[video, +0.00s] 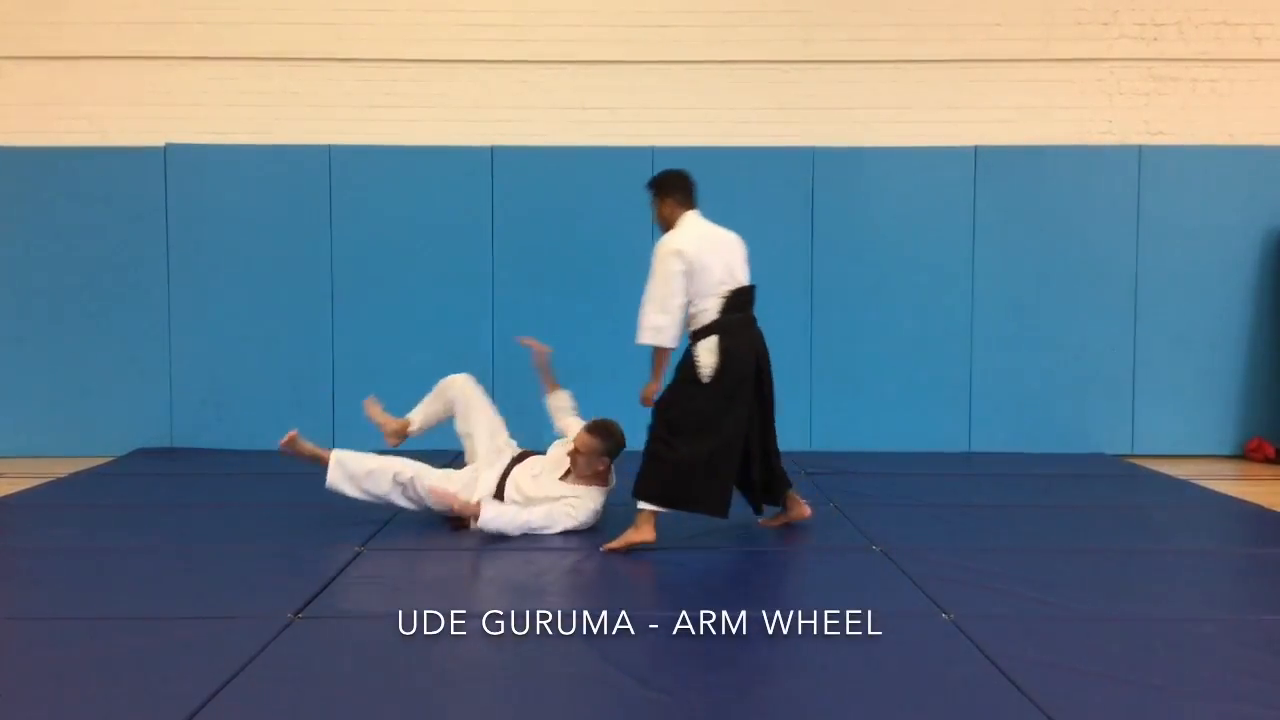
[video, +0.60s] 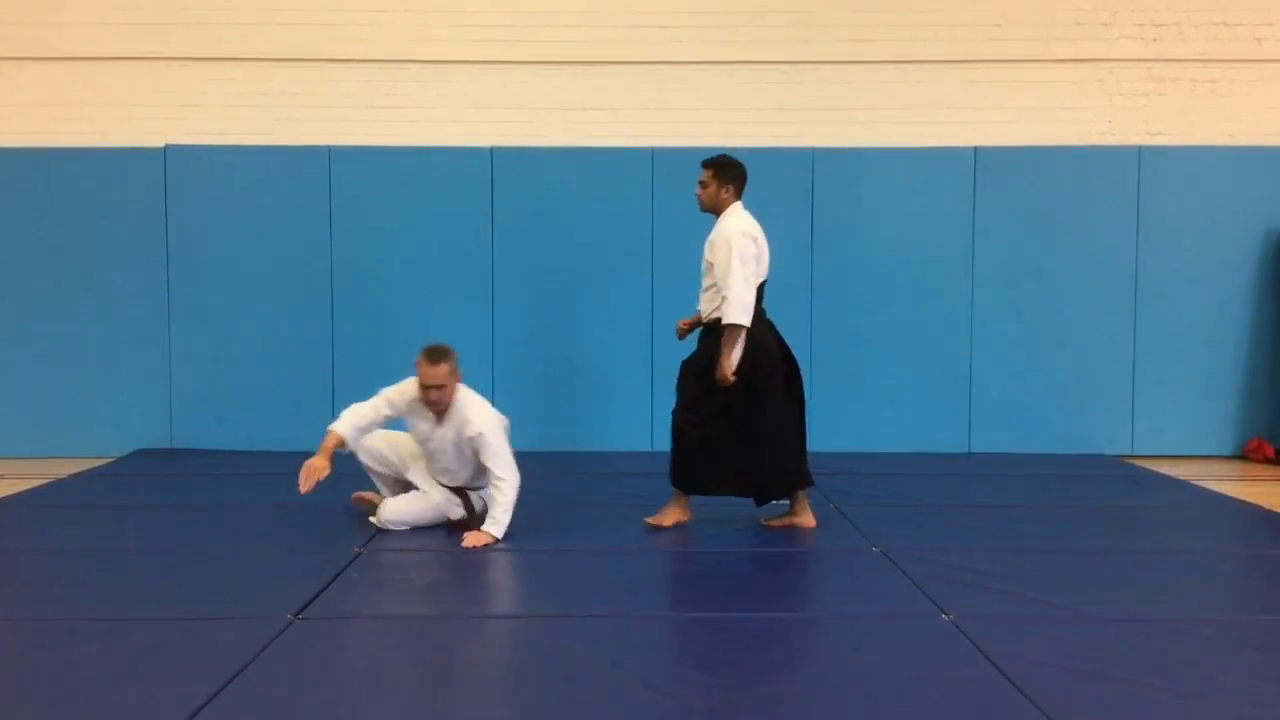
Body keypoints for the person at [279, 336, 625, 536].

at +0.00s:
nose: (571, 453)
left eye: (579, 453)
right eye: (574, 445)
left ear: (600, 464)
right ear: (580, 441)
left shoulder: (584, 509)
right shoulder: (584, 448)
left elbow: (528, 519)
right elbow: (564, 412)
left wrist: (476, 511)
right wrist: (545, 369)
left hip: (478, 494)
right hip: (502, 455)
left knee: (404, 477)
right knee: (461, 384)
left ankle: (318, 455)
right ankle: (402, 428)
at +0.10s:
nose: (562, 446)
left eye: (572, 445)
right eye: (565, 439)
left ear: (595, 457)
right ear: (571, 435)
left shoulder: (580, 500)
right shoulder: (565, 435)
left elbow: (529, 525)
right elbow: (530, 411)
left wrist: (472, 531)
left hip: (477, 500)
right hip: (494, 457)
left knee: (397, 483)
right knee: (423, 408)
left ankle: (305, 472)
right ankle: (379, 451)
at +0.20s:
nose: (540, 435)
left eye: (549, 433)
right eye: (541, 427)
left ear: (572, 439)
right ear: (545, 419)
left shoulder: (574, 483)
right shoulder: (541, 421)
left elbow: (530, 523)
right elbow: (491, 411)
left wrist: (476, 529)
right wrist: (437, 395)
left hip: (473, 498)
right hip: (473, 458)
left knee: (395, 482)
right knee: (395, 430)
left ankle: (311, 487)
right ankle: (359, 472)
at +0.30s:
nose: (512, 416)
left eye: (520, 413)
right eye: (512, 408)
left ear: (546, 417)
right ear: (513, 400)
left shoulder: (554, 461)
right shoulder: (508, 407)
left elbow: (526, 521)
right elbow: (458, 411)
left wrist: (479, 533)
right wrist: (395, 413)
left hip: (468, 497)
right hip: (462, 457)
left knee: (399, 485)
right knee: (386, 432)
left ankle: (337, 496)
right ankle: (363, 488)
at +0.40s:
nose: (482, 403)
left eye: (490, 398)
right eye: (481, 394)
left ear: (514, 396)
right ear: (478, 387)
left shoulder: (532, 439)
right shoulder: (472, 398)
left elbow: (526, 506)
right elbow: (420, 411)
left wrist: (488, 531)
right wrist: (360, 430)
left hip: (468, 497)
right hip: (454, 456)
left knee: (402, 497)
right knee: (385, 433)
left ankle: (375, 506)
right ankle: (373, 486)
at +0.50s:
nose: (451, 396)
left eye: (460, 390)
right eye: (449, 387)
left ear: (483, 384)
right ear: (445, 379)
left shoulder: (507, 427)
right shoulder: (442, 393)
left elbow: (523, 488)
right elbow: (393, 413)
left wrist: (491, 529)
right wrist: (339, 445)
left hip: (470, 495)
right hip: (445, 457)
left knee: (401, 508)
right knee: (382, 438)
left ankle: (385, 505)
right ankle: (388, 492)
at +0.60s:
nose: (432, 396)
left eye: (440, 388)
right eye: (425, 388)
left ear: (456, 380)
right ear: (418, 379)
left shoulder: (479, 419)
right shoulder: (411, 391)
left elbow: (506, 479)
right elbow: (361, 414)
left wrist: (490, 530)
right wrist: (324, 454)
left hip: (464, 493)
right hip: (430, 464)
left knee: (390, 514)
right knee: (368, 444)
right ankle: (394, 502)